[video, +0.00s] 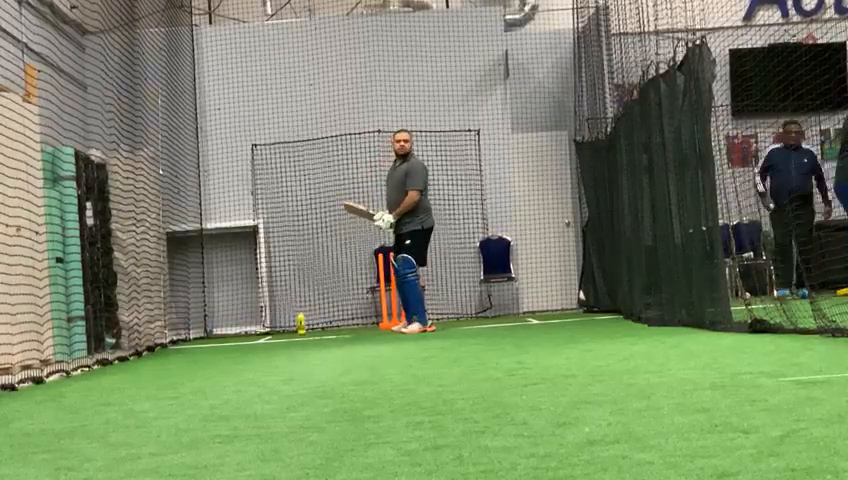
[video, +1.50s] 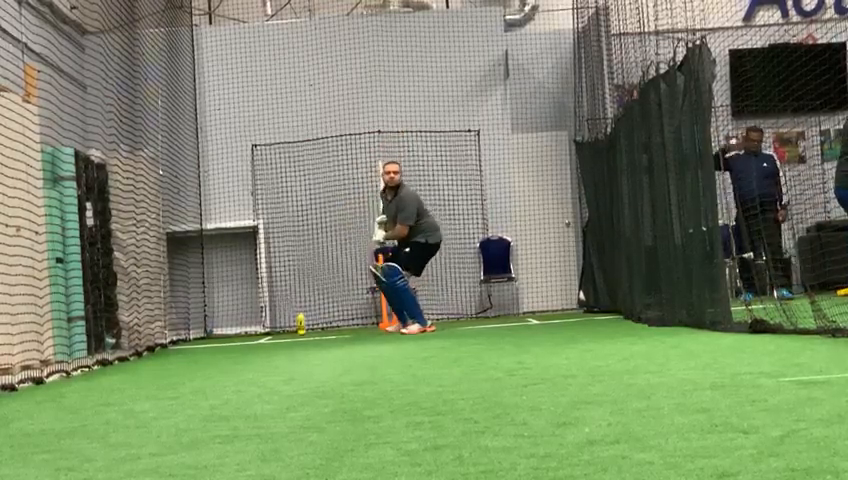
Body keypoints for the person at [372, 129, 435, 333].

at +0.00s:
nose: (402, 145)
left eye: (405, 141)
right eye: (398, 142)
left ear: (411, 144)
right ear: (393, 144)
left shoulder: (415, 166)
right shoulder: (395, 167)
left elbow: (414, 197)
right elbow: (396, 197)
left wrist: (393, 216)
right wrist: (386, 215)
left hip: (417, 226)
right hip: (402, 227)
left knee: (409, 271)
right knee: (400, 271)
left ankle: (419, 320)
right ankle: (409, 318)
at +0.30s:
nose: (396, 150)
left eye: (400, 147)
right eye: (392, 147)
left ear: (406, 149)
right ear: (387, 149)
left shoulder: (410, 170)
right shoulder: (390, 172)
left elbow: (412, 201)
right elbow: (397, 202)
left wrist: (393, 220)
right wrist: (388, 219)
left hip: (421, 226)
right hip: (406, 227)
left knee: (410, 270)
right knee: (400, 270)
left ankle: (420, 320)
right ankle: (411, 318)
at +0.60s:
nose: (385, 165)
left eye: (389, 161)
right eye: (381, 162)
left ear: (396, 162)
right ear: (377, 166)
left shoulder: (402, 182)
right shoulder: (384, 186)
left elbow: (402, 217)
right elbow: (393, 216)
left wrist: (392, 244)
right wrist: (395, 241)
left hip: (429, 227)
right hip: (415, 229)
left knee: (405, 266)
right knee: (399, 266)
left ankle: (420, 320)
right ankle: (415, 318)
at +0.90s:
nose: (387, 171)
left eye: (391, 167)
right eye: (383, 168)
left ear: (398, 168)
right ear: (379, 171)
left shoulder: (404, 188)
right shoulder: (385, 195)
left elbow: (405, 223)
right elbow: (394, 223)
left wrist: (396, 249)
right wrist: (395, 245)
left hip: (432, 230)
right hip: (418, 231)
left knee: (404, 265)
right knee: (398, 266)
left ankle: (420, 321)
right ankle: (413, 319)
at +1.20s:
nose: (391, 164)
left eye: (395, 160)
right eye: (387, 161)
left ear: (401, 162)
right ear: (382, 164)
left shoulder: (408, 183)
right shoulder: (387, 184)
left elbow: (408, 217)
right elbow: (397, 211)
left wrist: (393, 231)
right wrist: (390, 224)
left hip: (428, 229)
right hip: (413, 229)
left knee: (405, 269)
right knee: (399, 268)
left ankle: (420, 320)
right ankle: (413, 318)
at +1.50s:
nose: (391, 176)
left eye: (395, 173)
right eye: (388, 173)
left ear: (400, 175)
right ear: (383, 176)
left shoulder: (406, 196)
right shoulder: (385, 195)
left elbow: (402, 231)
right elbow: (391, 219)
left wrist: (384, 235)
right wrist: (383, 223)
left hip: (426, 239)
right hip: (410, 238)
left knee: (398, 275)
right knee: (387, 272)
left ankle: (419, 321)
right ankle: (403, 320)